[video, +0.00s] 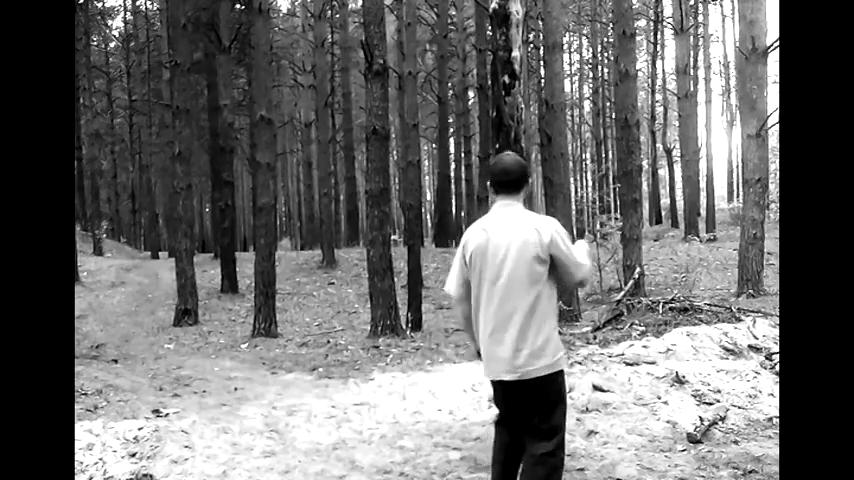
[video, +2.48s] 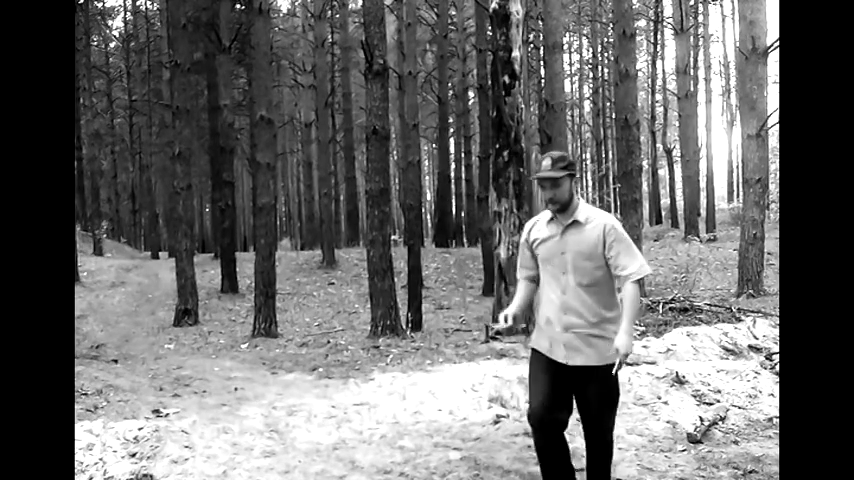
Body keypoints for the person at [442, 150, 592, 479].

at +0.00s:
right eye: (527, 182)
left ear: (489, 187)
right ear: (527, 185)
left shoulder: (473, 234)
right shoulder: (544, 228)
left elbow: (459, 298)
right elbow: (576, 274)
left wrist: (475, 341)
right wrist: (582, 249)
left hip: (496, 357)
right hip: (539, 356)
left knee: (508, 430)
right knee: (547, 442)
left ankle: (502, 477)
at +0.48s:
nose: (535, 204)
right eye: (533, 199)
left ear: (497, 208)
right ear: (531, 206)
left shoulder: (487, 248)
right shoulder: (528, 247)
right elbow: (587, 250)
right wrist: (590, 195)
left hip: (492, 361)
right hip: (523, 367)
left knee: (498, 415)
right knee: (554, 442)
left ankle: (480, 471)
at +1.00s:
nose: (445, 253)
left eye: (446, 249)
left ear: (448, 249)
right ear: (476, 247)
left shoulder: (451, 263)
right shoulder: (490, 269)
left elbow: (449, 285)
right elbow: (487, 325)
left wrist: (430, 327)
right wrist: (463, 370)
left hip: (488, 342)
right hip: (521, 329)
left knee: (484, 404)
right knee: (540, 385)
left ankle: (483, 469)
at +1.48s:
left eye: (461, 203)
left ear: (462, 206)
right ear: (491, 203)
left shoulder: (466, 239)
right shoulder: (513, 230)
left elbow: (462, 286)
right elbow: (543, 273)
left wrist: (444, 318)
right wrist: (542, 312)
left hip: (503, 334)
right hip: (539, 325)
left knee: (492, 405)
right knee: (542, 399)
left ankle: (487, 470)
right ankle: (564, 469)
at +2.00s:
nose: (504, 201)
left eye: (507, 193)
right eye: (502, 194)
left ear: (526, 190)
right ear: (524, 191)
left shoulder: (550, 226)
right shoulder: (538, 223)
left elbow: (557, 283)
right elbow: (537, 274)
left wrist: (517, 310)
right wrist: (502, 277)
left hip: (553, 332)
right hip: (550, 330)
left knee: (533, 402)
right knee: (559, 401)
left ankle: (562, 471)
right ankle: (568, 466)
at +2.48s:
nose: (547, 193)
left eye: (554, 185)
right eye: (542, 186)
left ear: (573, 182)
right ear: (538, 187)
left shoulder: (604, 226)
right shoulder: (533, 230)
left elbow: (630, 280)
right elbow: (527, 279)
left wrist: (626, 332)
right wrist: (514, 308)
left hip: (596, 352)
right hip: (547, 350)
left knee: (599, 439)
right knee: (541, 422)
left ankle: (598, 479)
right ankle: (560, 479)